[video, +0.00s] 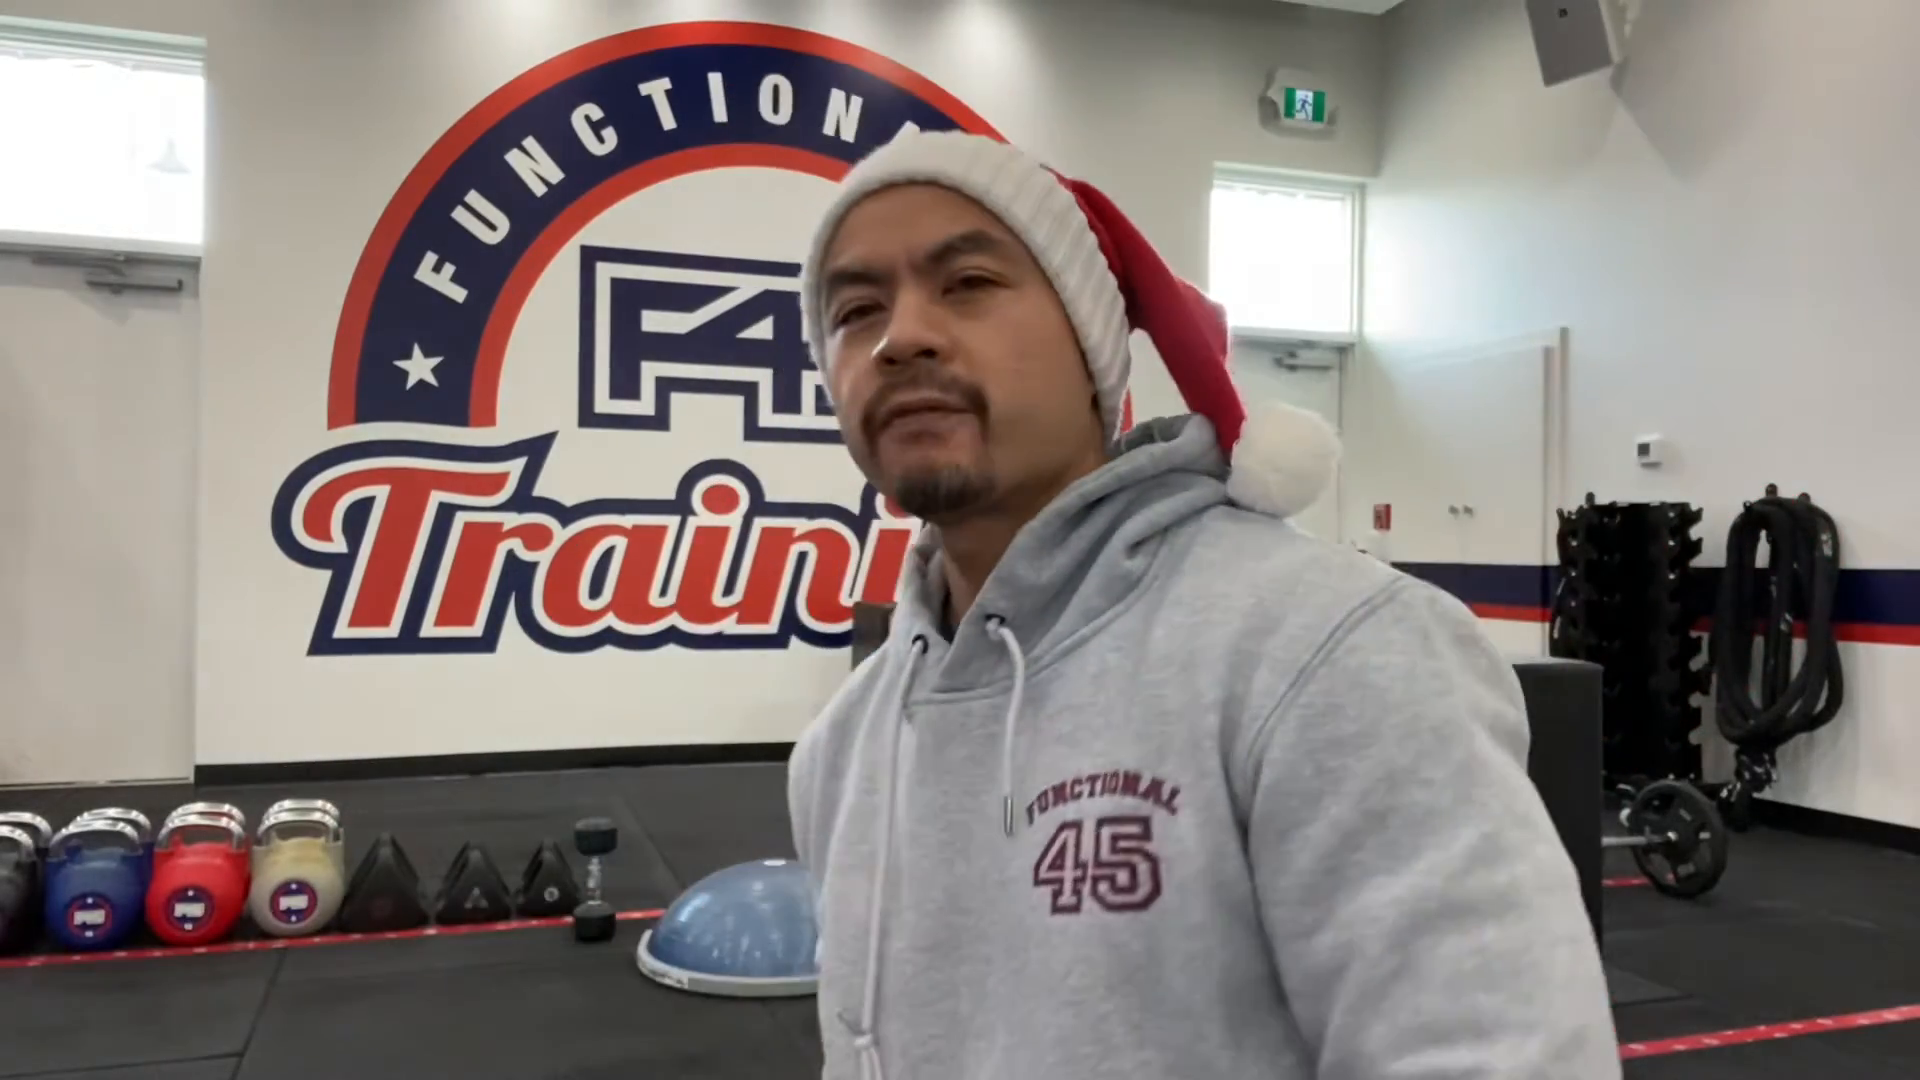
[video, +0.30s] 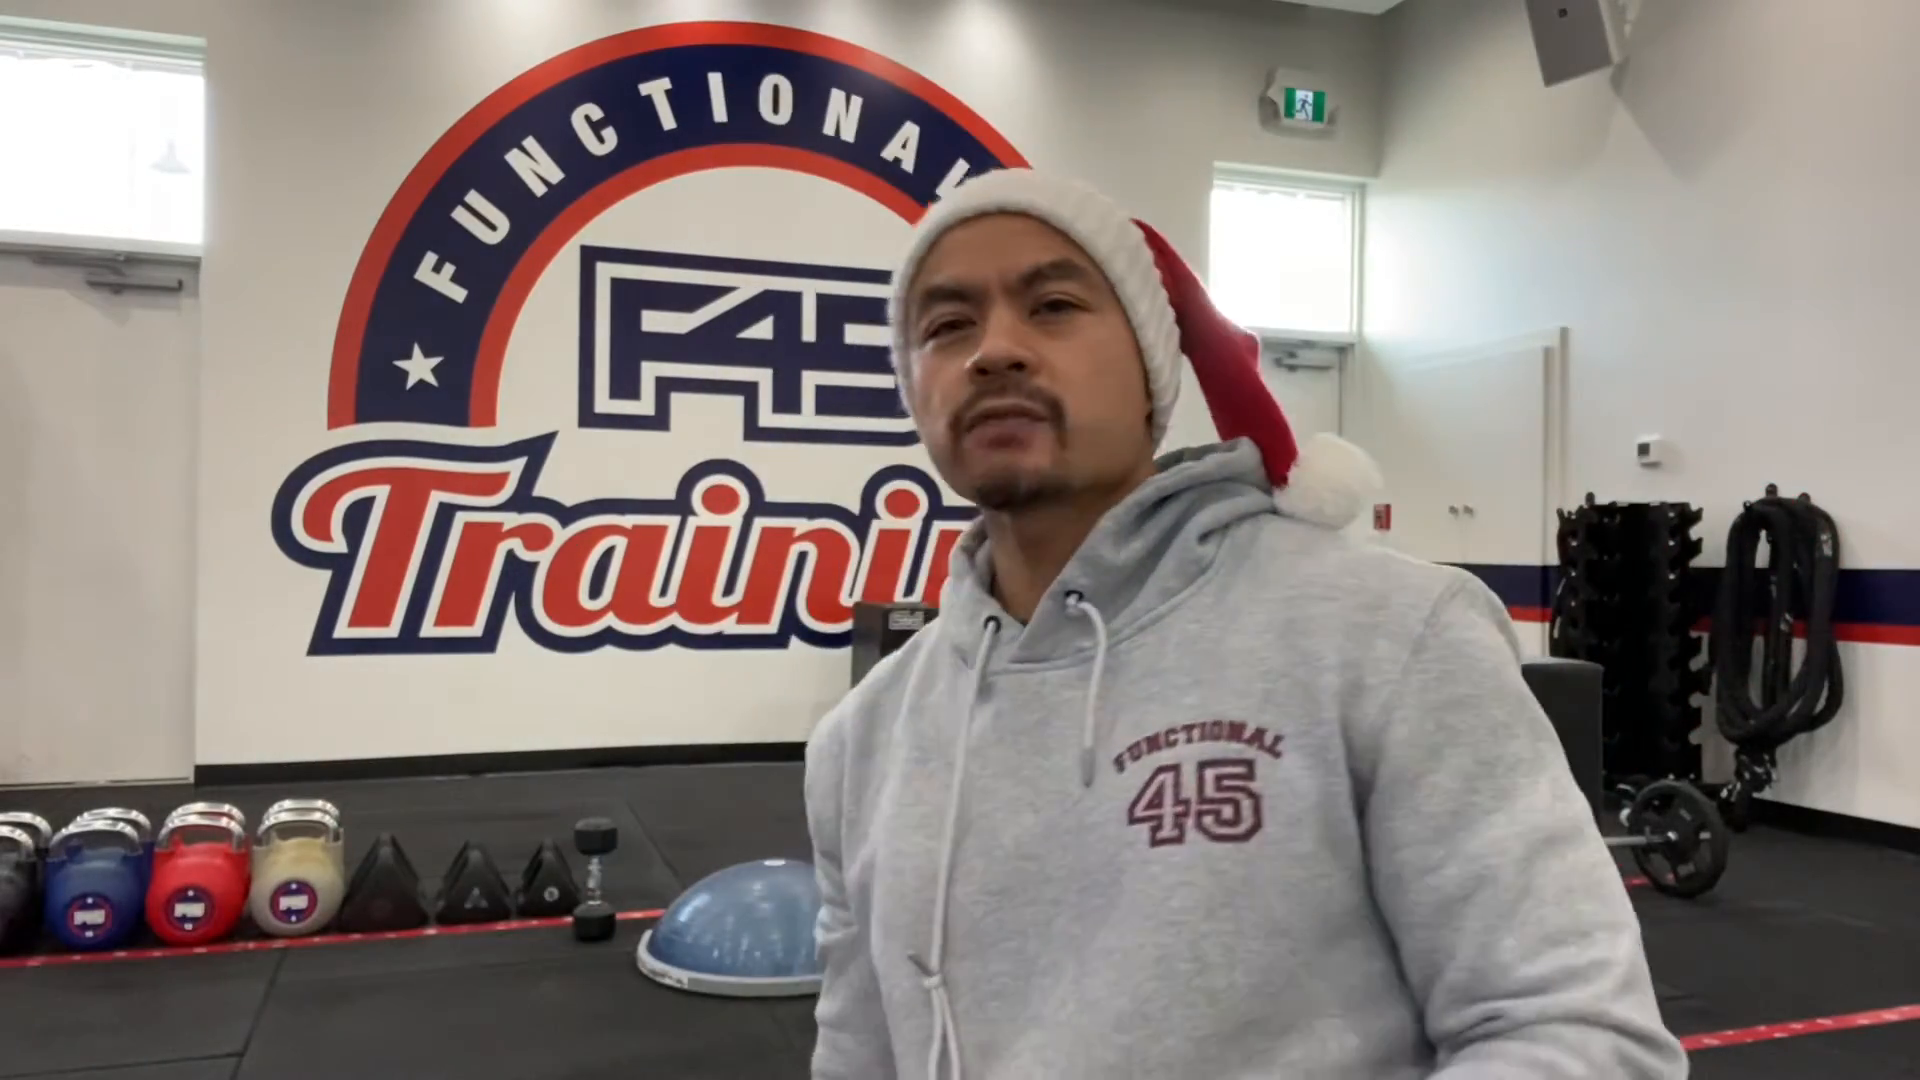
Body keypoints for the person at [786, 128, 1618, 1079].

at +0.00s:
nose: (902, 338)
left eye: (970, 283)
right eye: (860, 312)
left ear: (1105, 339)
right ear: (828, 383)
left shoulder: (1336, 644)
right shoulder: (839, 748)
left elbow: (1496, 1055)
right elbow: (865, 1057)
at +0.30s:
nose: (995, 348)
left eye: (1055, 303)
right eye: (948, 322)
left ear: (1159, 357)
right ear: (912, 395)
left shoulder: (1387, 627)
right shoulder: (858, 746)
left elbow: (1570, 1031)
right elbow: (854, 1060)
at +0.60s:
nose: (1046, 342)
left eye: (1104, 306)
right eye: (1002, 313)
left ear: (1193, 368)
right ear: (955, 384)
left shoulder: (1388, 648)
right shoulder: (853, 718)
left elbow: (1555, 1015)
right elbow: (810, 1054)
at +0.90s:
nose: (957, 338)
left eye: (1014, 298)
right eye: (905, 316)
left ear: (1108, 363)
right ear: (867, 402)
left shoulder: (1340, 641)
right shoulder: (786, 759)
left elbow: (1554, 1009)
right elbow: (744, 1060)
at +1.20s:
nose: (932, 318)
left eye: (992, 273)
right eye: (876, 290)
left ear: (1089, 336)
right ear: (832, 371)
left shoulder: (1338, 657)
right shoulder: (725, 748)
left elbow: (1517, 1048)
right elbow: (708, 1062)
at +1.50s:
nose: (1035, 307)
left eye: (1084, 264)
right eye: (964, 275)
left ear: (1159, 331)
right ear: (890, 369)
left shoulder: (1368, 660)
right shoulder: (727, 752)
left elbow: (1492, 1048)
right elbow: (687, 1070)